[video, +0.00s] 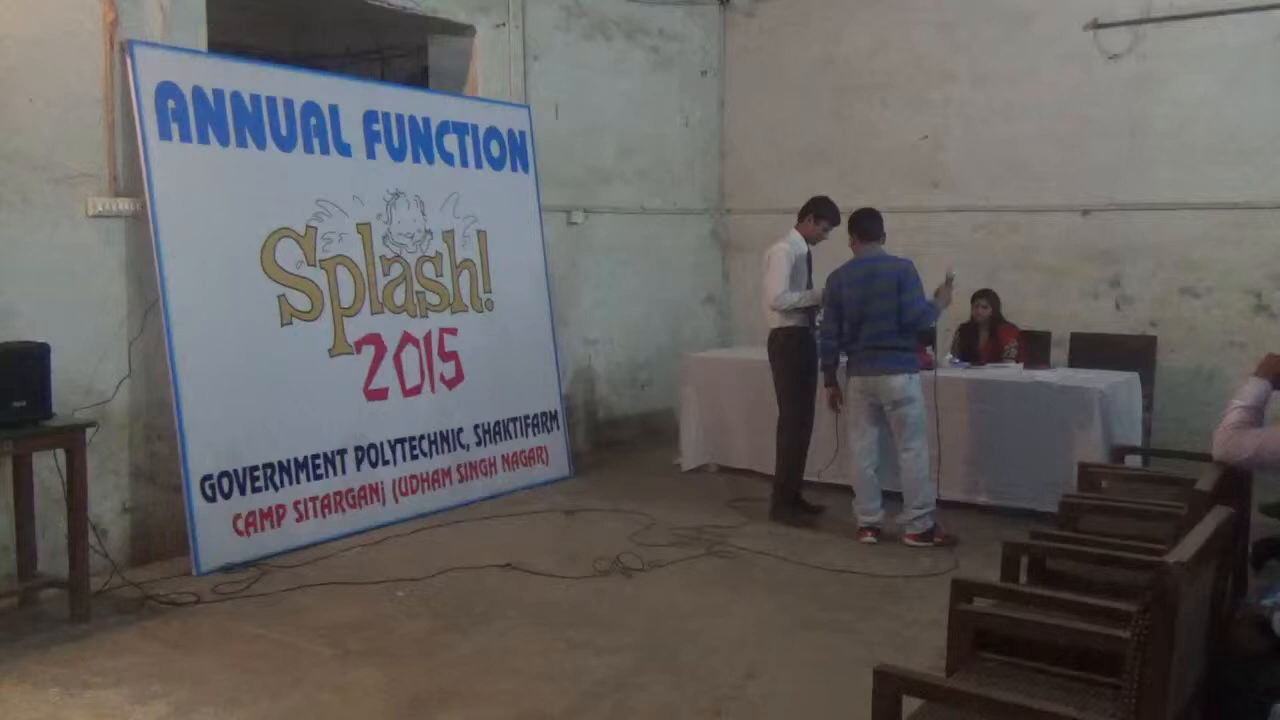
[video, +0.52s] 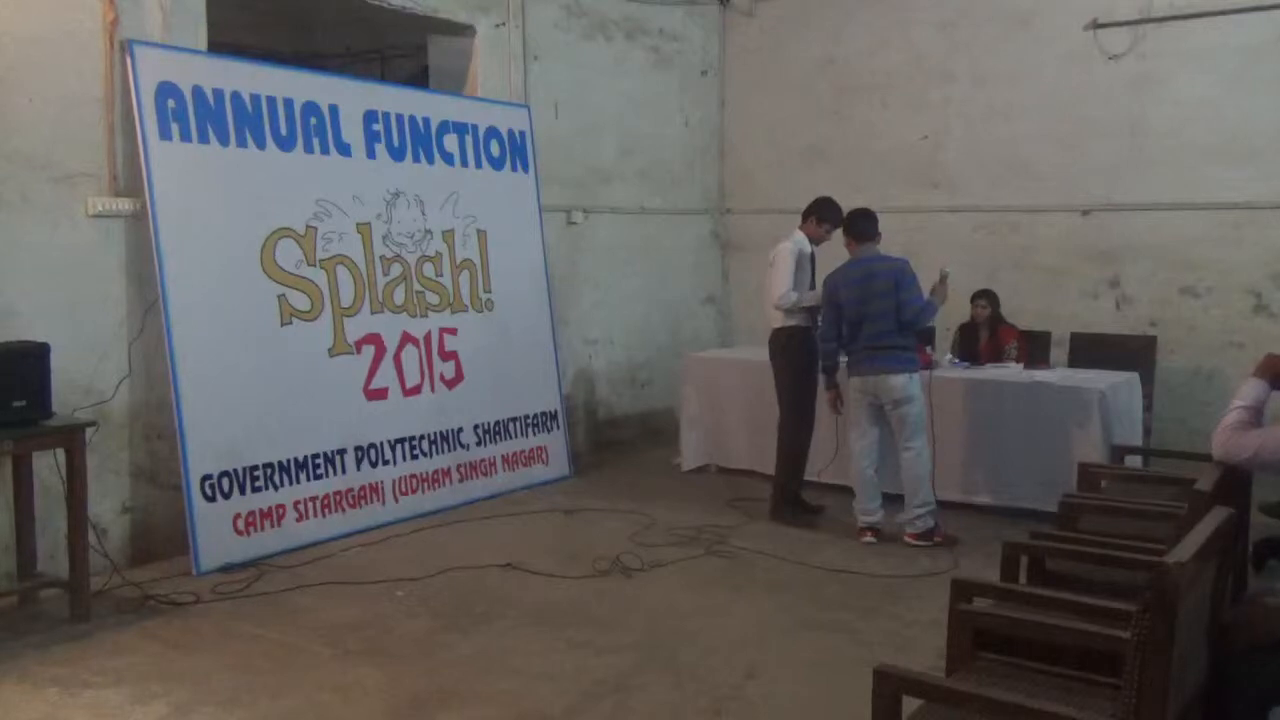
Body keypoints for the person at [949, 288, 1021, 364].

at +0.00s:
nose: (978, 311)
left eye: (984, 307)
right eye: (976, 306)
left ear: (993, 310)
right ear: (972, 308)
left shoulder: (1008, 331)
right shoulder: (964, 330)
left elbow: (1009, 365)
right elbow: (954, 361)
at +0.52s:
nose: (978, 311)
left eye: (983, 308)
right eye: (975, 306)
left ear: (993, 310)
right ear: (971, 308)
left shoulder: (1007, 332)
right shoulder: (964, 330)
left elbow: (1009, 365)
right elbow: (954, 361)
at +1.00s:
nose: (978, 312)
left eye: (983, 308)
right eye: (975, 307)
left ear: (993, 310)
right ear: (971, 309)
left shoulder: (1007, 332)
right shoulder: (964, 330)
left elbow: (1009, 365)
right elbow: (954, 361)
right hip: (967, 381)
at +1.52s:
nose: (978, 312)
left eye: (983, 308)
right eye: (975, 307)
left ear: (993, 310)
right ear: (971, 308)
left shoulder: (1007, 332)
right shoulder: (964, 331)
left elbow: (1009, 365)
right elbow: (953, 361)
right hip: (967, 381)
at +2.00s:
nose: (978, 311)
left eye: (983, 308)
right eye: (975, 307)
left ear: (993, 310)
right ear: (971, 308)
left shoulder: (1007, 332)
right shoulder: (963, 331)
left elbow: (1009, 364)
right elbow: (954, 361)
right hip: (967, 380)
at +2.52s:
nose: (977, 311)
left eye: (983, 307)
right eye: (974, 307)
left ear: (992, 310)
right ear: (971, 309)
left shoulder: (1006, 333)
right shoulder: (963, 332)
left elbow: (1008, 367)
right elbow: (955, 363)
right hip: (968, 382)